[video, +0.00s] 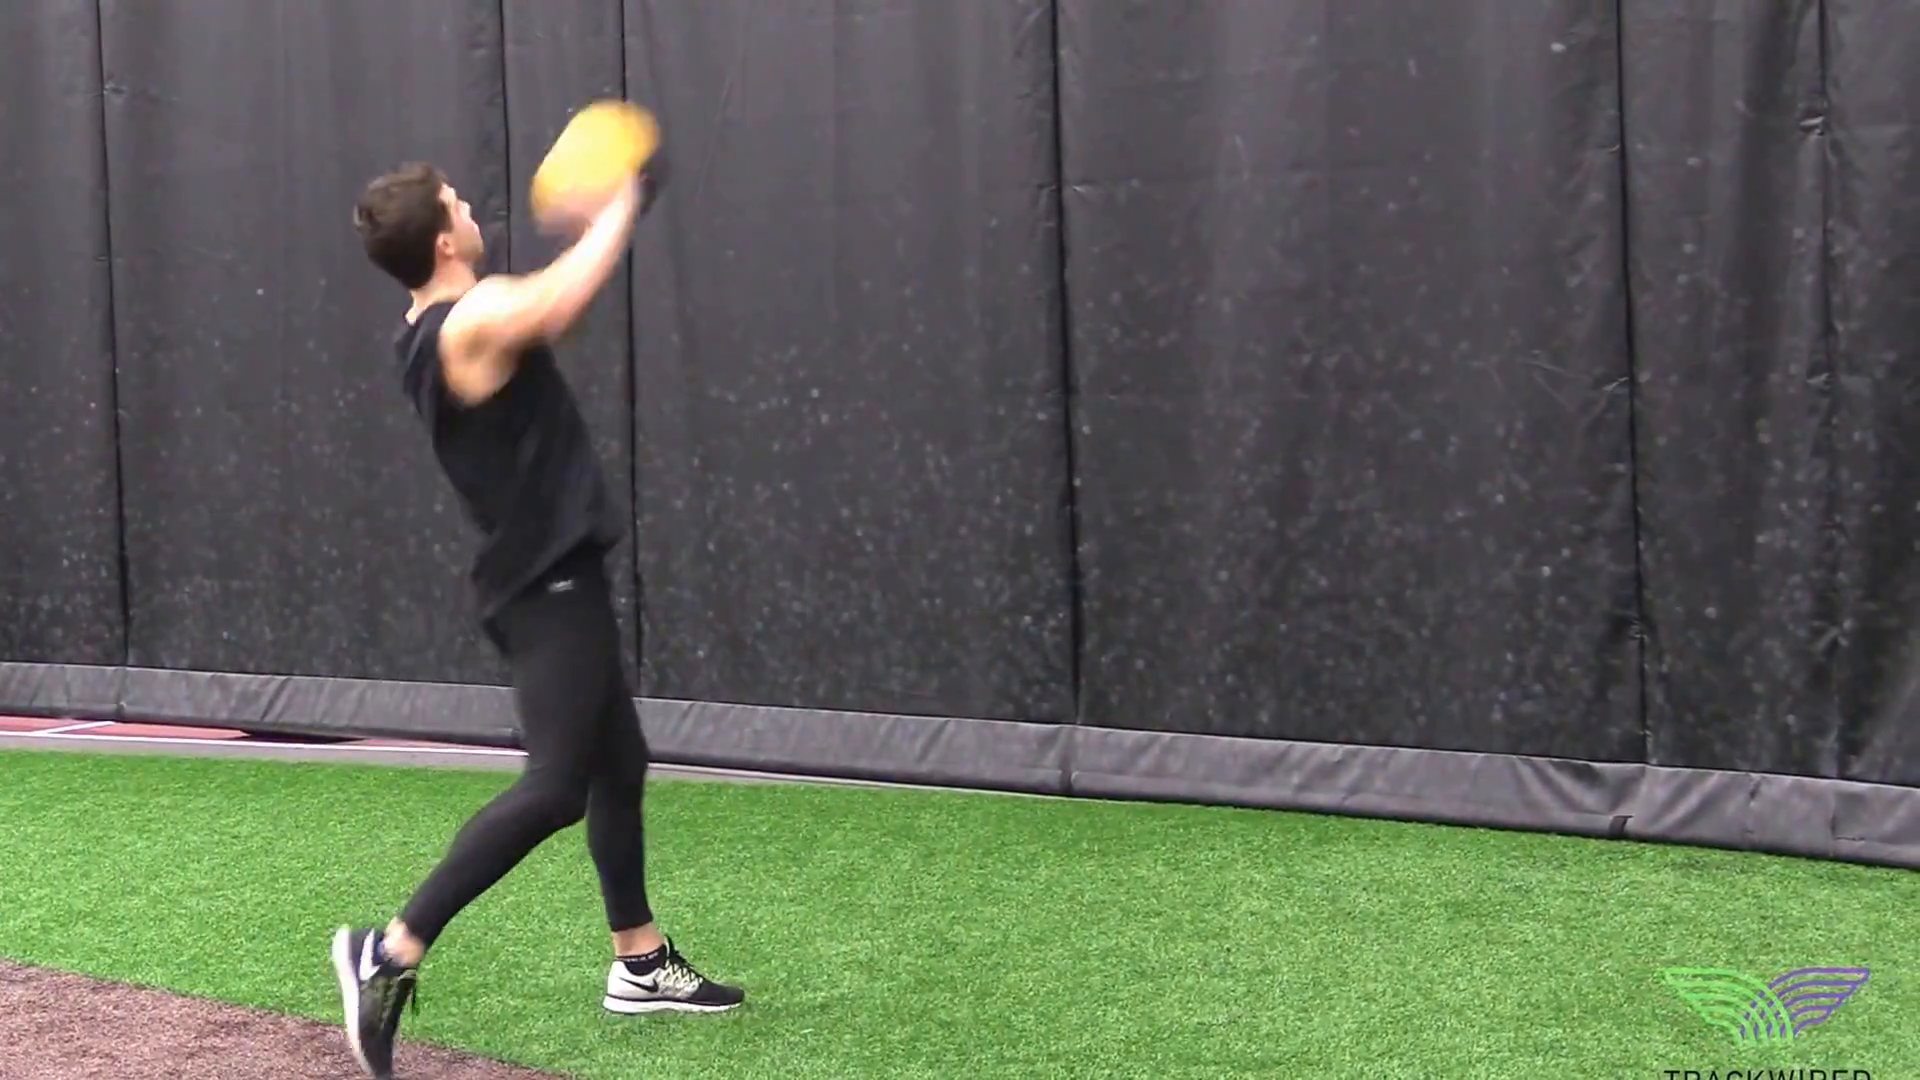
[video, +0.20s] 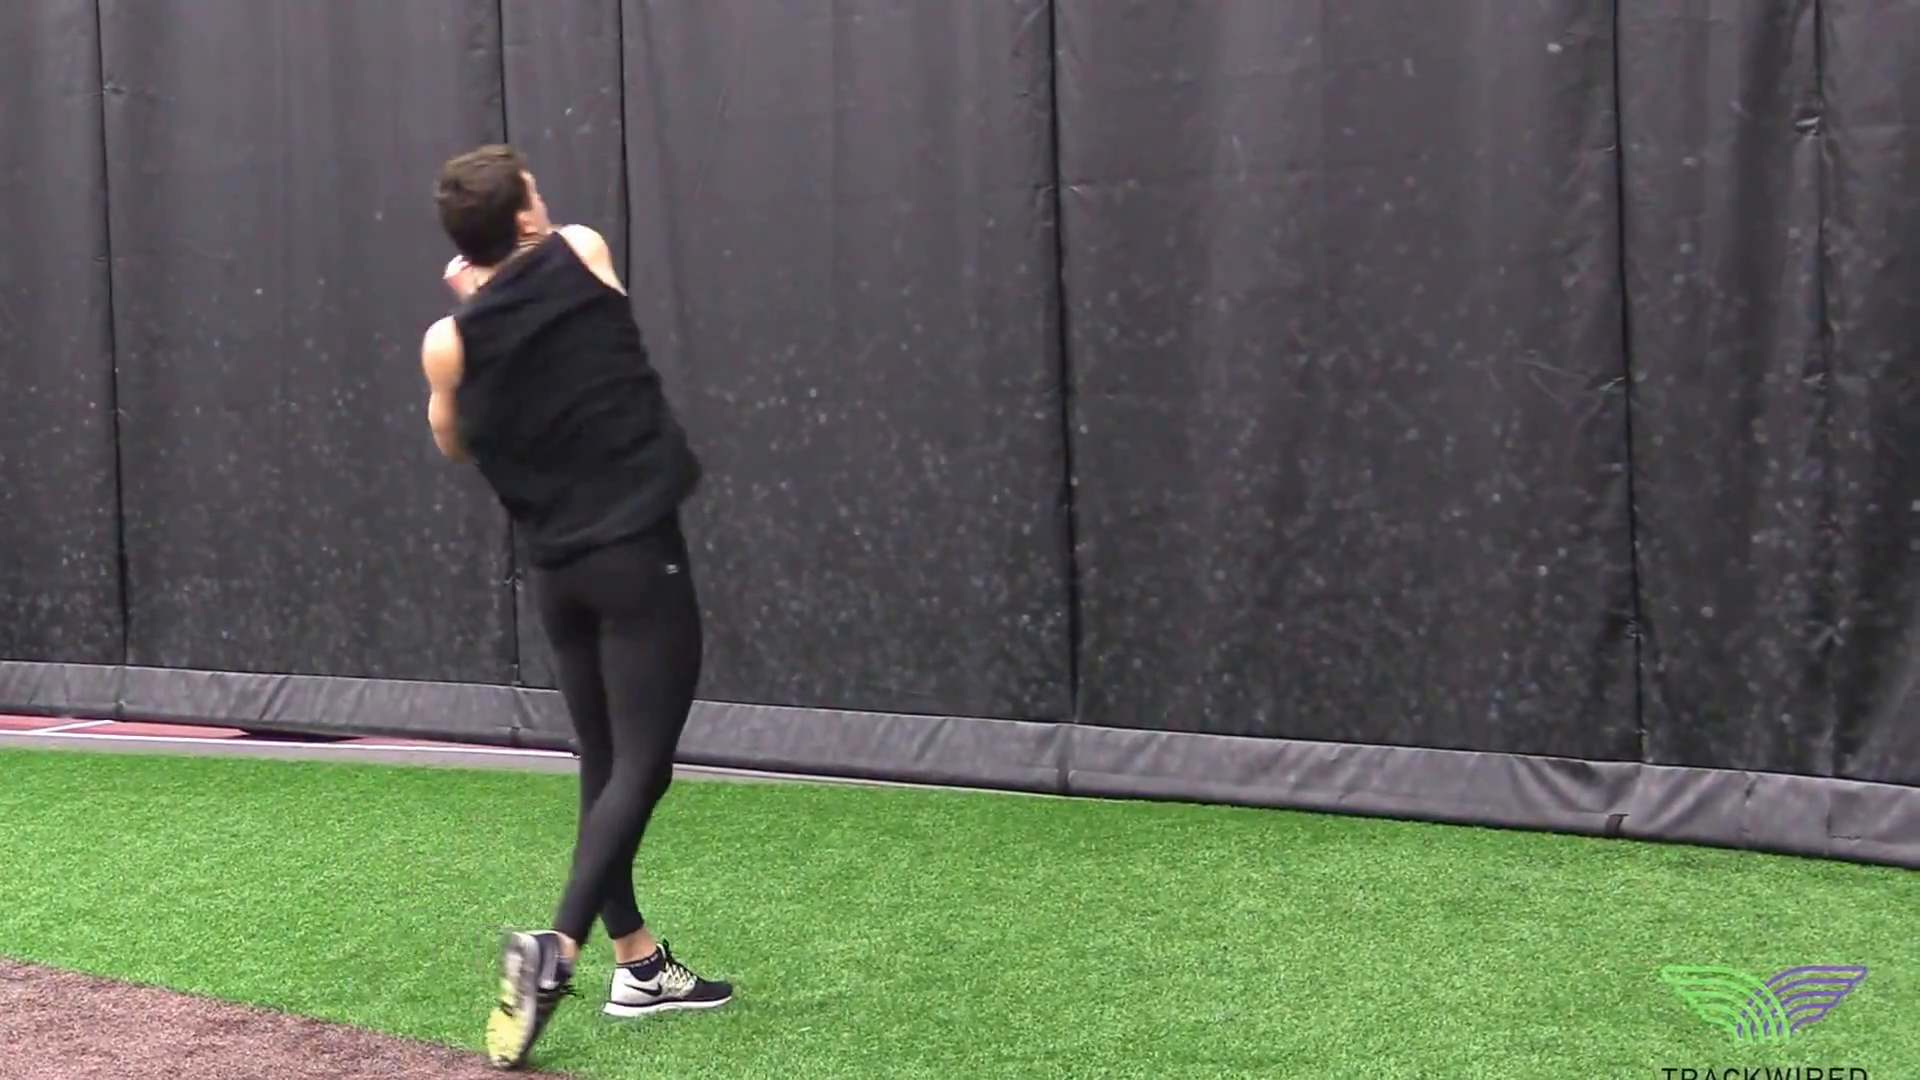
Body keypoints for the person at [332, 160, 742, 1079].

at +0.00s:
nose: (473, 212)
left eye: (461, 204)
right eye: (462, 207)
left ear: (420, 253)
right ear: (446, 239)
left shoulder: (441, 316)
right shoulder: (470, 319)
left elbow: (532, 300)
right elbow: (563, 298)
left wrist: (578, 228)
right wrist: (624, 207)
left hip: (560, 583)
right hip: (547, 589)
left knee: (620, 767)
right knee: (557, 786)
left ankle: (642, 962)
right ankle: (391, 954)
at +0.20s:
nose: (546, 199)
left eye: (530, 192)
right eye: (537, 193)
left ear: (458, 238)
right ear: (528, 212)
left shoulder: (449, 343)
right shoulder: (587, 256)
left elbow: (453, 442)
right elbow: (554, 286)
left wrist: (472, 324)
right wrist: (490, 285)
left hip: (556, 570)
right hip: (640, 557)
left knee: (601, 767)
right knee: (644, 765)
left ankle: (639, 964)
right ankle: (557, 945)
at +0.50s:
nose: (603, 186)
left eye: (590, 179)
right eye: (596, 181)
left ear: (517, 225)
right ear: (586, 206)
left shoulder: (504, 329)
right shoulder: (656, 270)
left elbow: (477, 466)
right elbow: (657, 363)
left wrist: (485, 378)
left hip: (569, 563)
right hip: (658, 559)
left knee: (611, 762)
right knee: (628, 766)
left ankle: (641, 959)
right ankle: (571, 948)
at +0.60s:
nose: (615, 186)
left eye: (605, 176)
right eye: (610, 178)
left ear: (531, 219)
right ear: (598, 203)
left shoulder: (500, 322)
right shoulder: (671, 268)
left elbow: (464, 450)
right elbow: (737, 281)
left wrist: (496, 382)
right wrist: (758, 291)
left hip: (562, 567)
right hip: (650, 565)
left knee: (611, 762)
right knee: (614, 766)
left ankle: (639, 959)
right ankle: (557, 948)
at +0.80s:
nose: (629, 189)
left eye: (620, 177)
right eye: (622, 179)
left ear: (544, 212)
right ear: (606, 201)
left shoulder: (500, 313)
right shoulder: (665, 274)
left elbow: (471, 422)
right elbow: (799, 243)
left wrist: (526, 362)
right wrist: (896, 208)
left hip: (549, 565)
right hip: (631, 562)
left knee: (603, 759)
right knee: (600, 762)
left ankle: (637, 958)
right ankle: (537, 948)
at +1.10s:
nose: (634, 216)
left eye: (630, 199)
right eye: (629, 201)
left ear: (551, 209)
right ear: (602, 207)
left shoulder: (496, 312)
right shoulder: (644, 283)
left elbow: (493, 428)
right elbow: (790, 259)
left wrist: (542, 359)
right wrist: (908, 229)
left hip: (555, 571)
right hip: (631, 567)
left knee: (604, 766)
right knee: (611, 769)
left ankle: (634, 960)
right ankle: (546, 951)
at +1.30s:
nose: (639, 221)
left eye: (637, 205)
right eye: (635, 206)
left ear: (556, 210)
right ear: (607, 208)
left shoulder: (495, 315)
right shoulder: (645, 282)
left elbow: (496, 434)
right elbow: (788, 250)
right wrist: (901, 213)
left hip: (553, 572)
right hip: (632, 567)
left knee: (601, 769)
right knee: (612, 772)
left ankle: (634, 961)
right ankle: (545, 951)